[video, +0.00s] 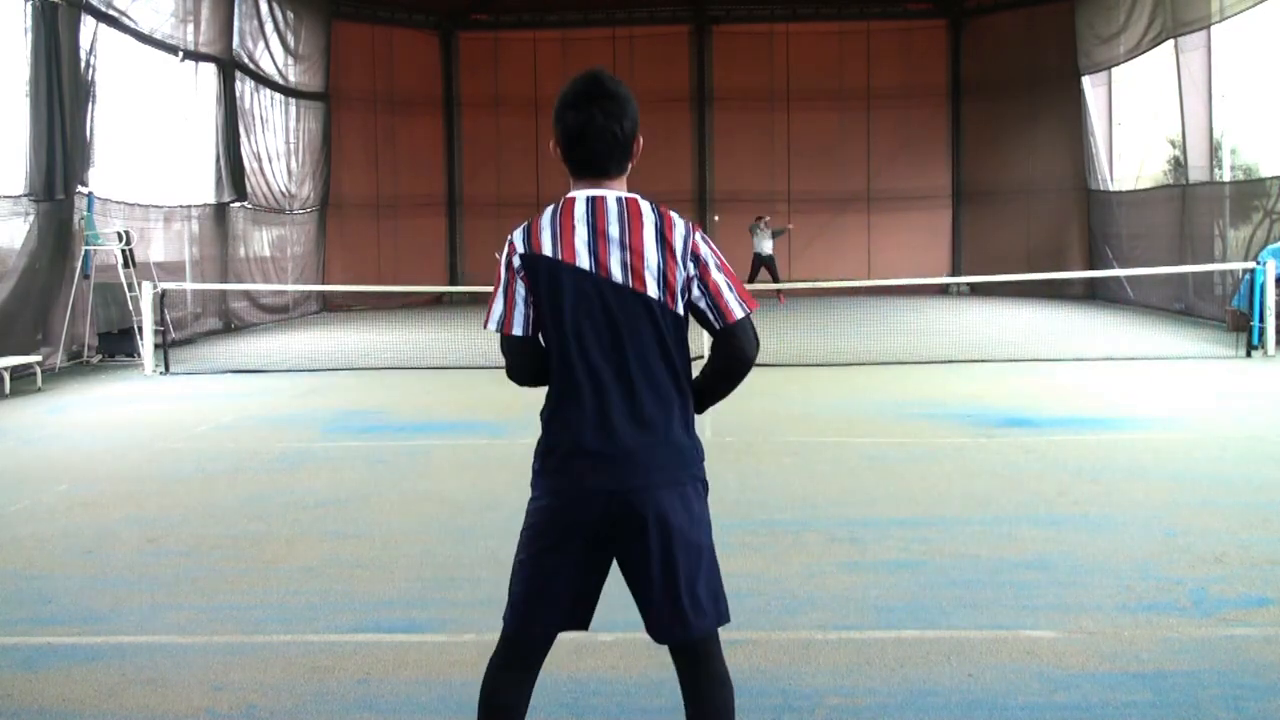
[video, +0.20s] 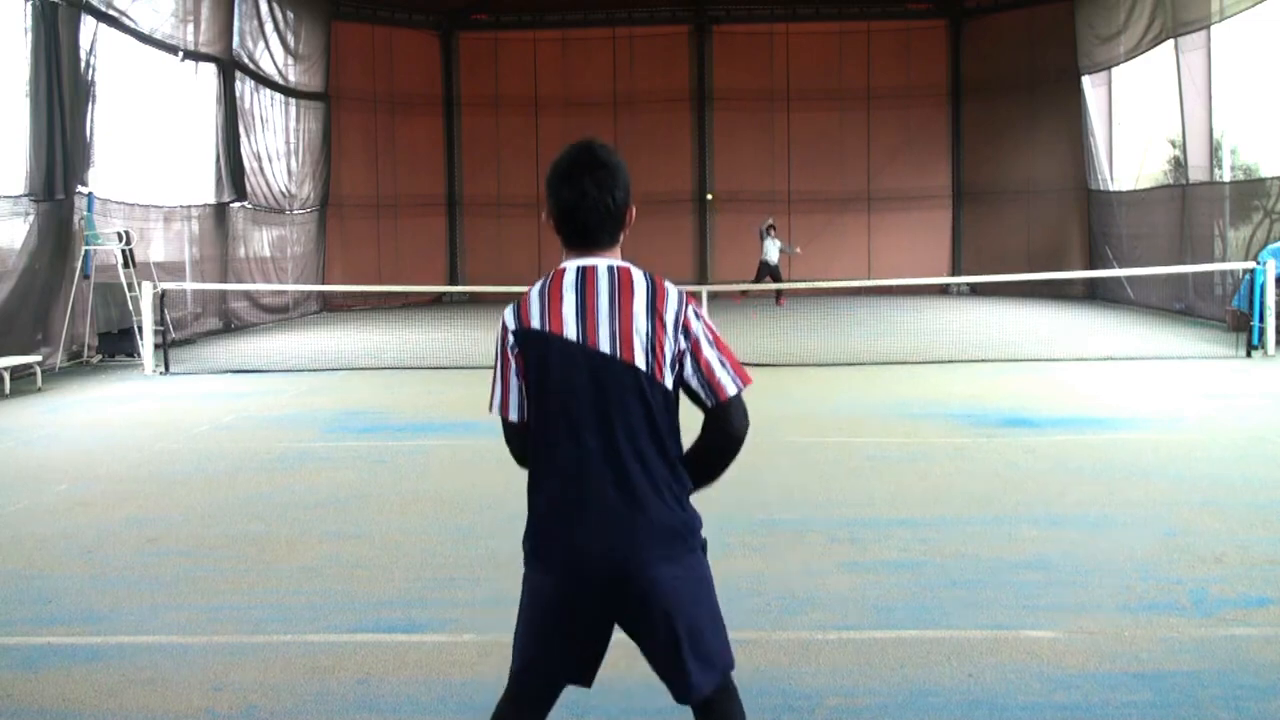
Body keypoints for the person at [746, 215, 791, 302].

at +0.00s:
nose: (762, 224)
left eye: (763, 222)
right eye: (760, 222)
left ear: (765, 223)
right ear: (757, 223)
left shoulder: (770, 232)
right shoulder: (755, 232)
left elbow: (779, 232)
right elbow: (753, 228)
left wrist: (786, 229)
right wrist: (763, 220)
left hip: (768, 255)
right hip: (758, 255)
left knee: (775, 276)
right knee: (752, 276)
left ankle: (779, 293)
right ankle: (747, 293)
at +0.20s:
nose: (771, 232)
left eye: (773, 230)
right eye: (770, 230)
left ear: (775, 232)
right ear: (767, 232)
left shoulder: (777, 242)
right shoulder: (765, 239)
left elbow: (785, 249)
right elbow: (762, 230)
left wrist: (794, 250)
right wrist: (768, 223)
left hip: (774, 264)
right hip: (765, 263)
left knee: (779, 282)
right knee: (757, 280)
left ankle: (778, 300)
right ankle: (745, 291)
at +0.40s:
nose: (772, 232)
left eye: (773, 230)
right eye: (770, 230)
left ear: (775, 232)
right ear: (768, 231)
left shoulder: (777, 242)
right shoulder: (764, 239)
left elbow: (778, 252)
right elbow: (760, 235)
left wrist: (778, 261)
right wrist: (766, 226)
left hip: (773, 263)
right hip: (763, 262)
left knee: (778, 281)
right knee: (760, 280)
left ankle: (778, 299)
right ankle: (752, 297)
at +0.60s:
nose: (764, 232)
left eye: (766, 230)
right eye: (762, 230)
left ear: (767, 231)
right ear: (759, 231)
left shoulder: (769, 242)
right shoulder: (756, 240)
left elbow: (771, 251)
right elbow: (749, 248)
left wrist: (772, 259)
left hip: (767, 263)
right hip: (758, 263)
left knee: (773, 282)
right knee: (761, 282)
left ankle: (774, 299)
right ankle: (758, 300)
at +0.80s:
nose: (756, 228)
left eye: (757, 226)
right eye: (754, 226)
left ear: (760, 227)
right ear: (751, 227)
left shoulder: (763, 237)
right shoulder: (747, 237)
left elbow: (768, 249)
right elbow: (742, 248)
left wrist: (761, 250)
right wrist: (747, 253)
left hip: (761, 260)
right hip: (751, 260)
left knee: (760, 279)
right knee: (753, 279)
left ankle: (756, 296)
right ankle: (753, 297)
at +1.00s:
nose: (749, 232)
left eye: (750, 229)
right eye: (747, 229)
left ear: (753, 231)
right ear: (744, 231)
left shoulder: (757, 241)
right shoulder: (740, 242)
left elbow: (760, 252)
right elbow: (736, 253)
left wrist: (754, 252)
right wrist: (744, 256)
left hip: (753, 265)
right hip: (741, 264)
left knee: (754, 283)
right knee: (737, 282)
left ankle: (752, 300)